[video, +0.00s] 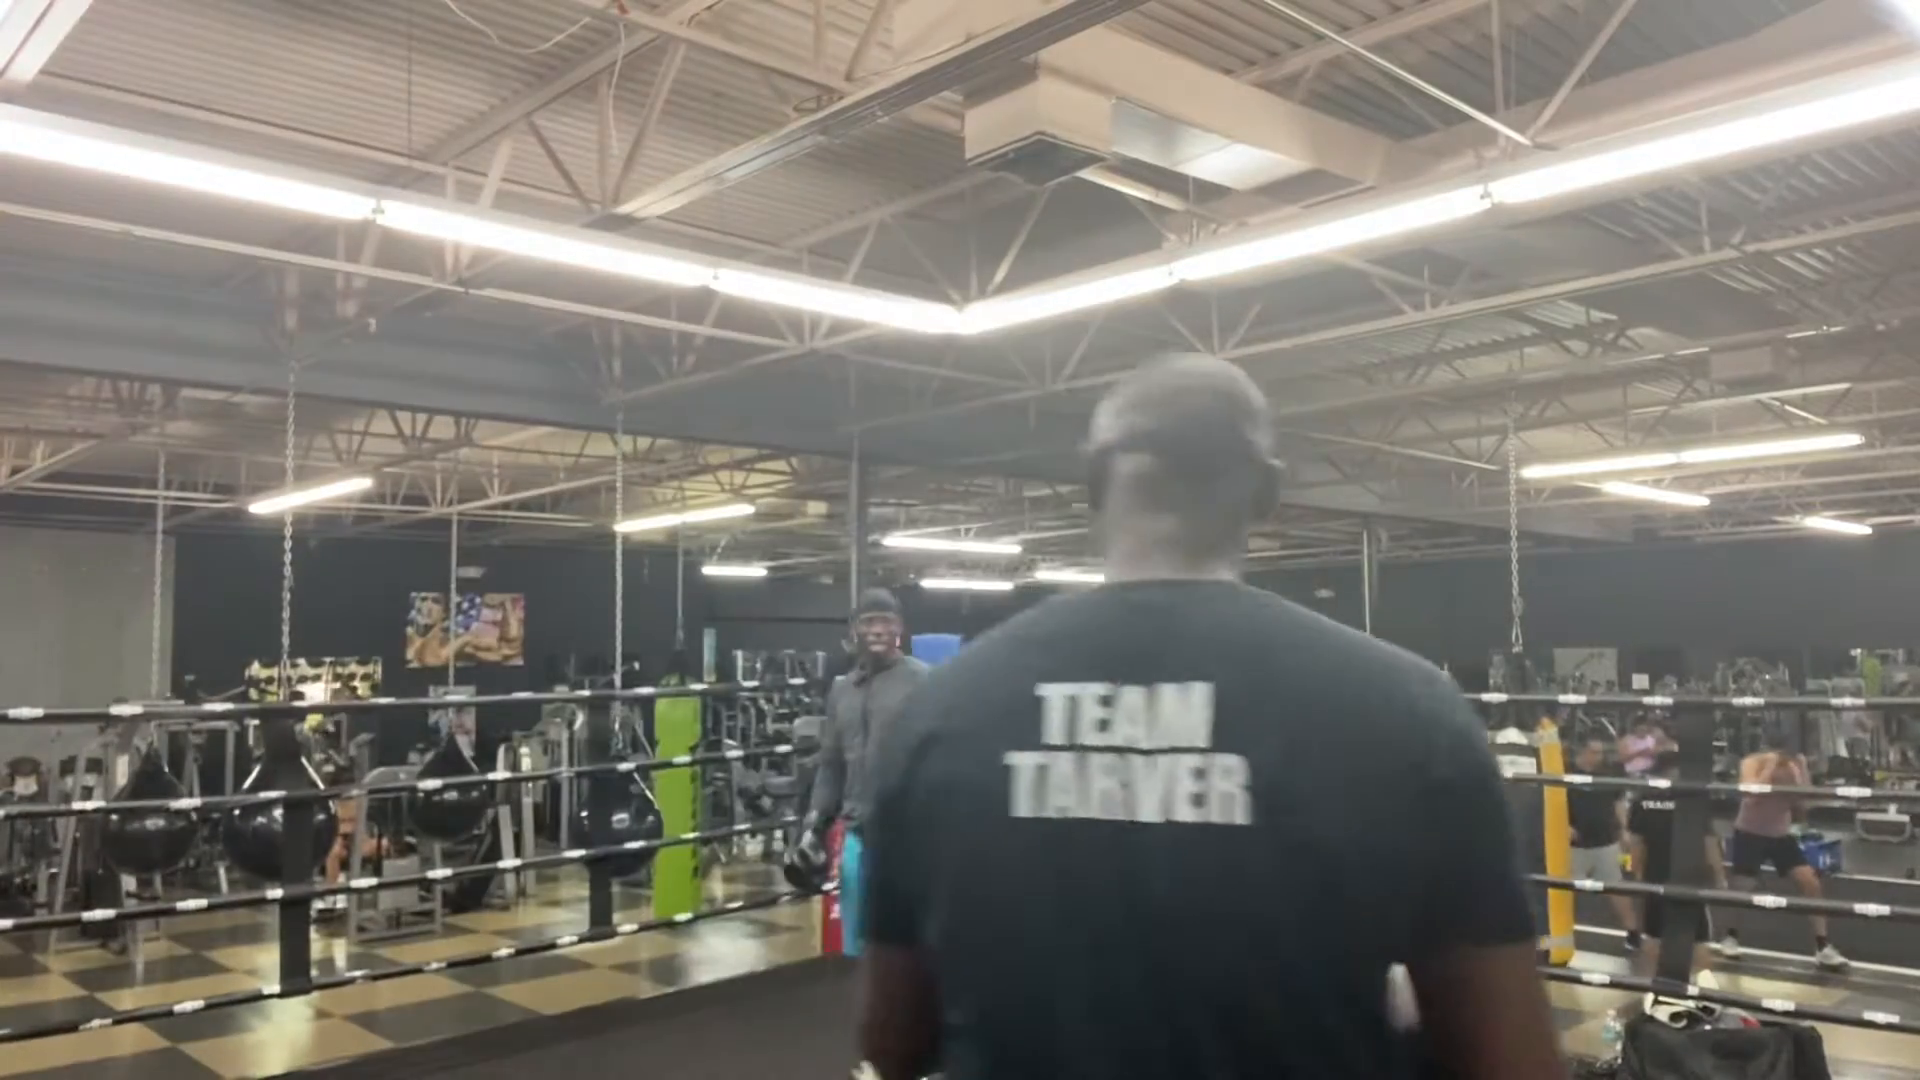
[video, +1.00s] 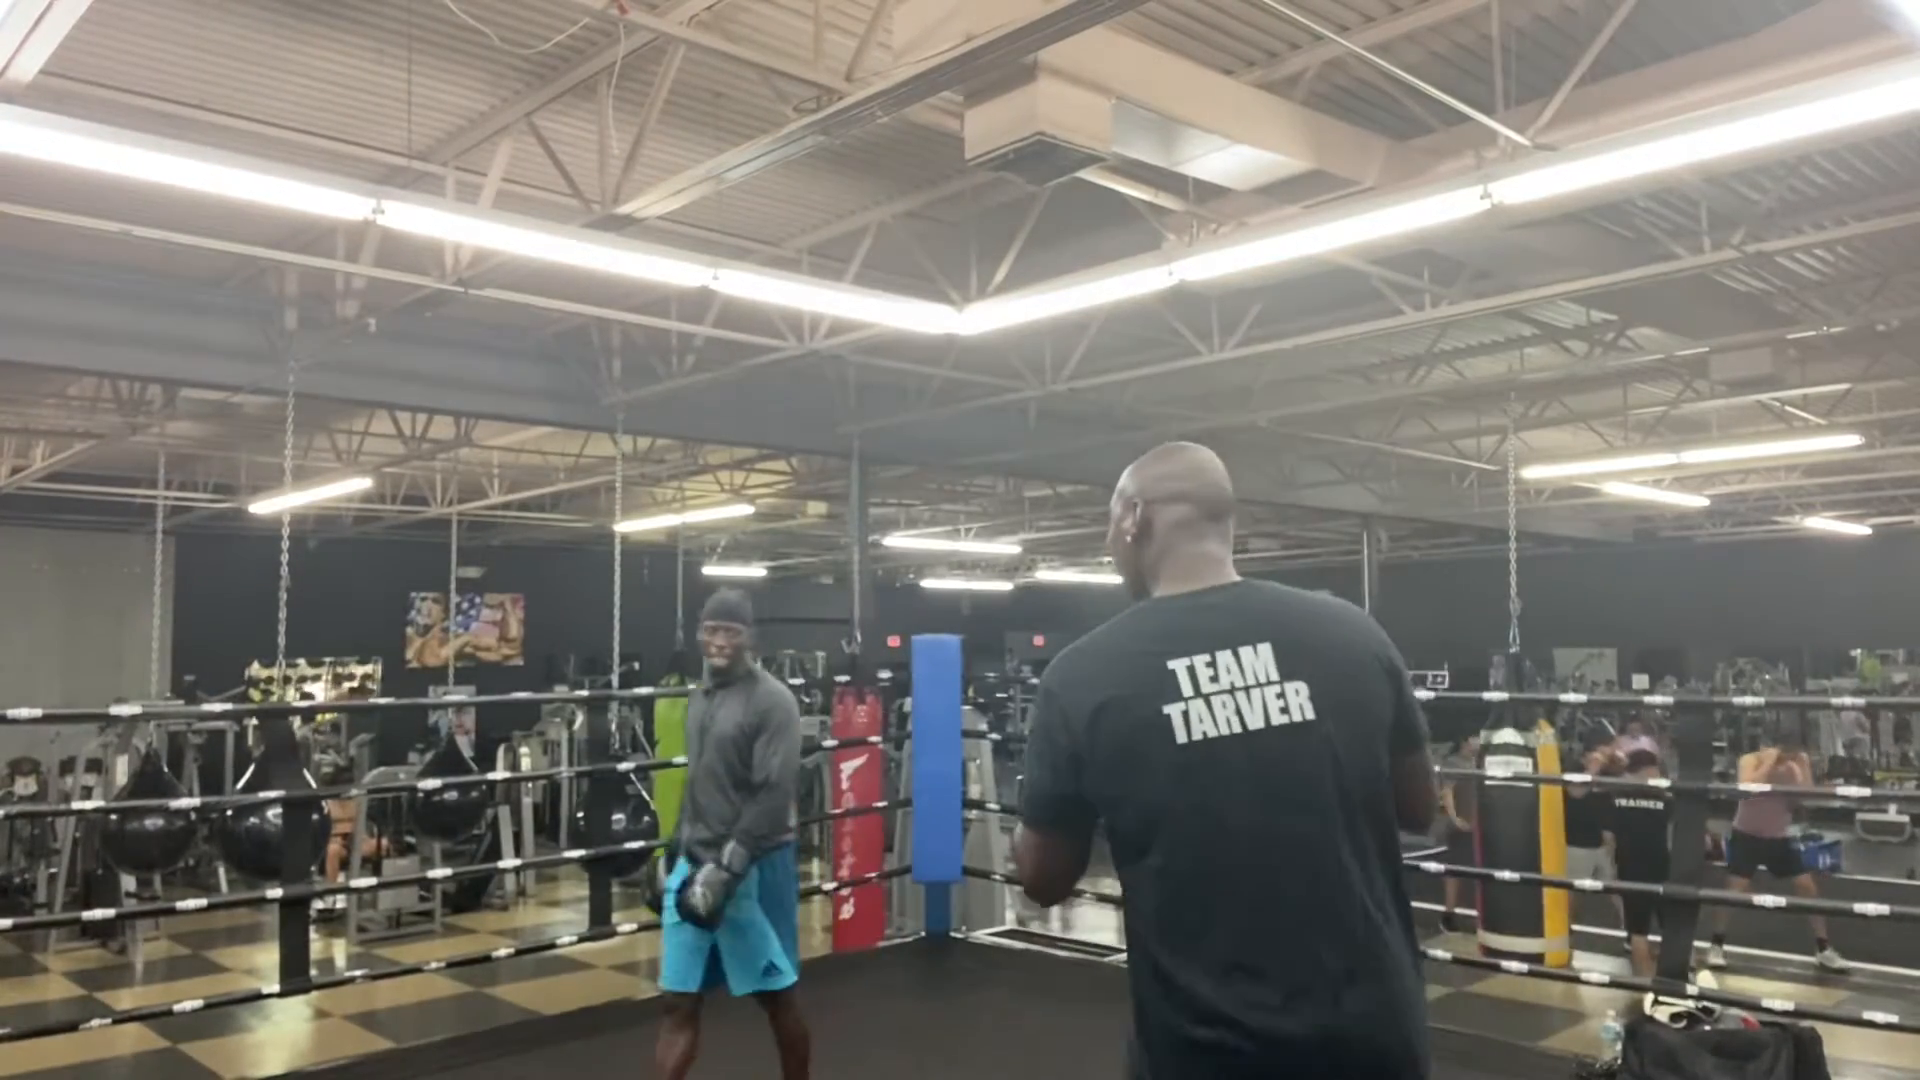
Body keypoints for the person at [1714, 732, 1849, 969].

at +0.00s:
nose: (1783, 751)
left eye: (1788, 746)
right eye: (1778, 746)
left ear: (1793, 746)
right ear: (1769, 744)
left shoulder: (1797, 764)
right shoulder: (1752, 763)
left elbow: (1804, 803)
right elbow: (1750, 792)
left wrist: (1792, 779)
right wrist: (1770, 768)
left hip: (1781, 837)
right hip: (1749, 835)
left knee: (1811, 883)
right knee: (1741, 889)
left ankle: (1822, 946)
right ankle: (1730, 935)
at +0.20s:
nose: (1784, 750)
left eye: (1790, 745)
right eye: (1780, 746)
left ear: (1795, 744)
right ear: (1770, 742)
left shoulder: (1799, 761)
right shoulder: (1754, 762)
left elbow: (1809, 796)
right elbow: (1753, 790)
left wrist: (1798, 772)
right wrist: (1771, 764)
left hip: (1785, 836)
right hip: (1753, 834)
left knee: (1815, 884)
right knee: (1744, 889)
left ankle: (1822, 946)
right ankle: (1731, 934)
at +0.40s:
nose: (1798, 747)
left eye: (1802, 744)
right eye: (1794, 742)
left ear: (1808, 743)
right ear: (1783, 741)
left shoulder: (1810, 760)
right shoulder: (1766, 758)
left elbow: (1823, 789)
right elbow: (1766, 784)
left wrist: (1814, 760)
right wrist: (1785, 756)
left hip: (1795, 836)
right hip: (1762, 834)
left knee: (1820, 885)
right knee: (1752, 888)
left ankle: (1824, 946)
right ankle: (1734, 934)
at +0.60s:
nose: (1813, 754)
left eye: (1818, 750)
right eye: (1811, 749)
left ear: (1821, 750)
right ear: (1799, 744)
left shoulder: (1818, 763)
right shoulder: (1775, 756)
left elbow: (1828, 790)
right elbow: (1770, 782)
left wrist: (1825, 764)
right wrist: (1795, 762)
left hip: (1795, 832)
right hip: (1763, 828)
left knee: (1818, 884)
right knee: (1752, 881)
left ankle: (1824, 947)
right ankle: (1732, 930)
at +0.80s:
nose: (1804, 751)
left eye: (1810, 747)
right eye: (1801, 747)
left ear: (1815, 746)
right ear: (1791, 742)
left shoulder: (1818, 757)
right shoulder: (1770, 754)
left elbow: (1825, 791)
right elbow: (1762, 782)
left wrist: (1812, 770)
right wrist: (1789, 761)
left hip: (1793, 833)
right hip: (1758, 829)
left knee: (1816, 886)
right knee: (1744, 886)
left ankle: (1824, 948)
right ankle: (1720, 939)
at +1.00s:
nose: (1786, 749)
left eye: (1791, 745)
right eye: (1782, 744)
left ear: (1796, 743)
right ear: (1772, 741)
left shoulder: (1799, 761)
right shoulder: (1750, 760)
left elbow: (1806, 794)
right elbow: (1747, 788)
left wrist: (1795, 770)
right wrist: (1770, 762)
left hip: (1779, 839)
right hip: (1746, 837)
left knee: (1808, 888)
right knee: (1735, 891)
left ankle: (1823, 948)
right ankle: (1716, 944)